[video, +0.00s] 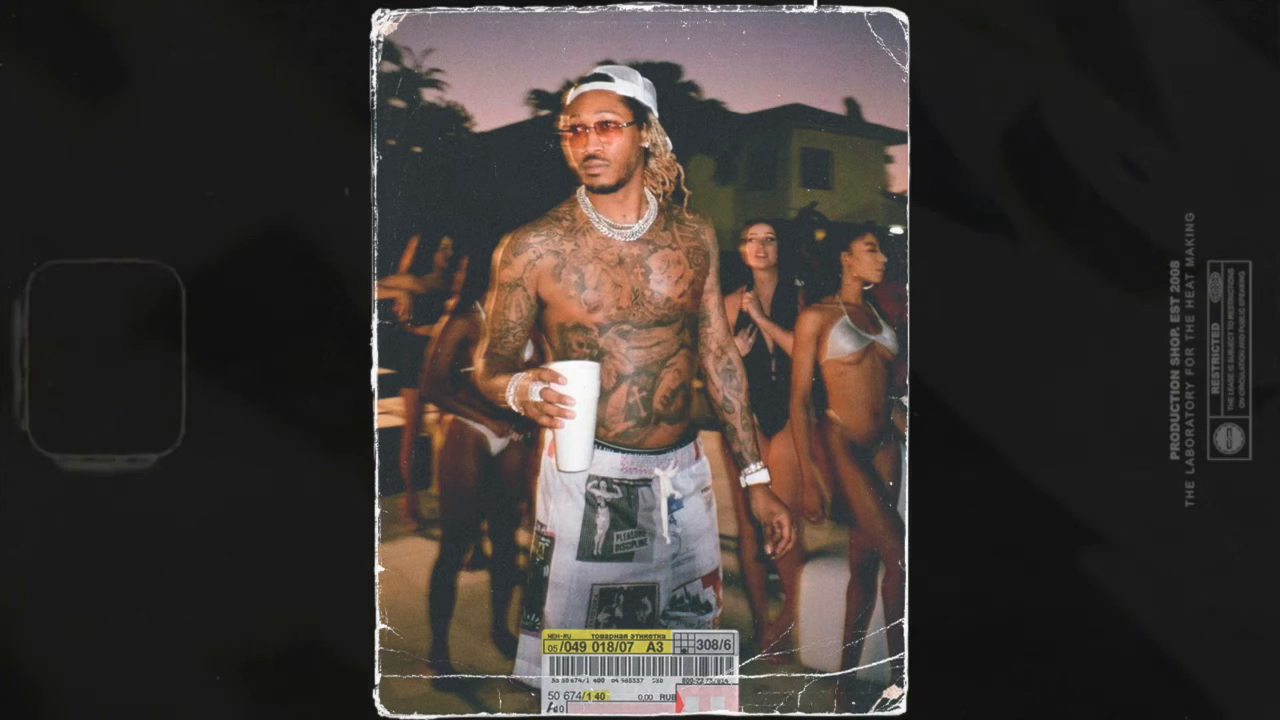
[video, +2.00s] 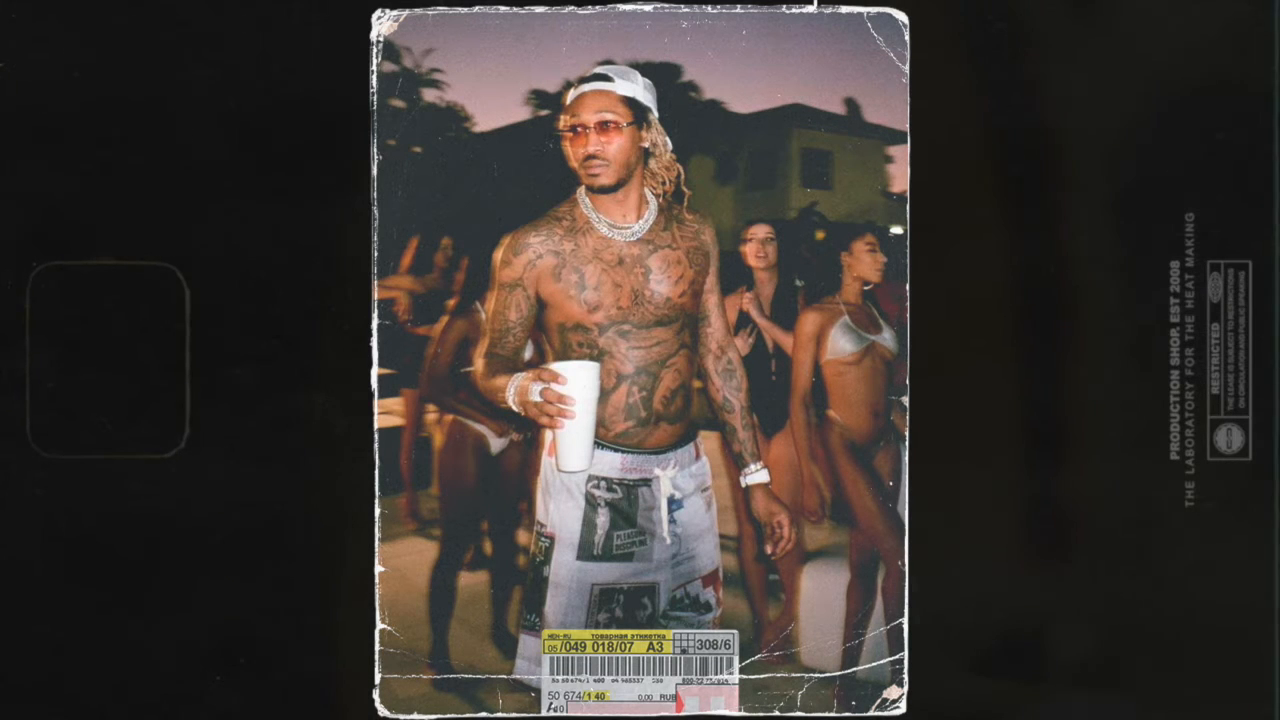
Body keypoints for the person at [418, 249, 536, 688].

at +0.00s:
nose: (515, 286)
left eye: (522, 279)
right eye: (509, 276)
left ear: (531, 288)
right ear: (494, 276)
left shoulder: (531, 330)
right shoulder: (465, 322)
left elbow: (543, 384)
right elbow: (434, 387)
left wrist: (529, 420)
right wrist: (489, 421)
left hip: (515, 445)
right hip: (465, 440)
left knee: (506, 541)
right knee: (455, 545)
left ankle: (501, 629)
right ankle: (439, 651)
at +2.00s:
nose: (513, 293)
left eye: (521, 286)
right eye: (508, 283)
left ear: (530, 293)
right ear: (493, 283)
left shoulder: (531, 335)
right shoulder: (465, 324)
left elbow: (543, 387)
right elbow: (435, 387)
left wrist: (529, 421)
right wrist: (490, 422)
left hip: (514, 446)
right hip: (465, 442)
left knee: (505, 540)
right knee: (456, 544)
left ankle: (501, 628)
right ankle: (439, 651)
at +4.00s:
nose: (513, 292)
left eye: (520, 285)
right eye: (507, 282)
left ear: (529, 291)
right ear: (493, 282)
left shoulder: (529, 331)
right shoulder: (464, 323)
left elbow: (542, 383)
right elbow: (435, 387)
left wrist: (529, 419)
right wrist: (493, 422)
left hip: (513, 445)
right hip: (465, 442)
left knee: (505, 541)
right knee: (455, 544)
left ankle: (501, 628)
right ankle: (439, 652)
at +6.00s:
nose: (516, 286)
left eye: (523, 278)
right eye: (509, 276)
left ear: (531, 287)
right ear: (495, 277)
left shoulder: (531, 331)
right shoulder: (466, 322)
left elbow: (543, 385)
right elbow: (435, 387)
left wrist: (529, 421)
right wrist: (489, 421)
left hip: (514, 445)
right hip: (465, 441)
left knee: (506, 541)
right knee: (456, 544)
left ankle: (501, 628)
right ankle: (439, 649)